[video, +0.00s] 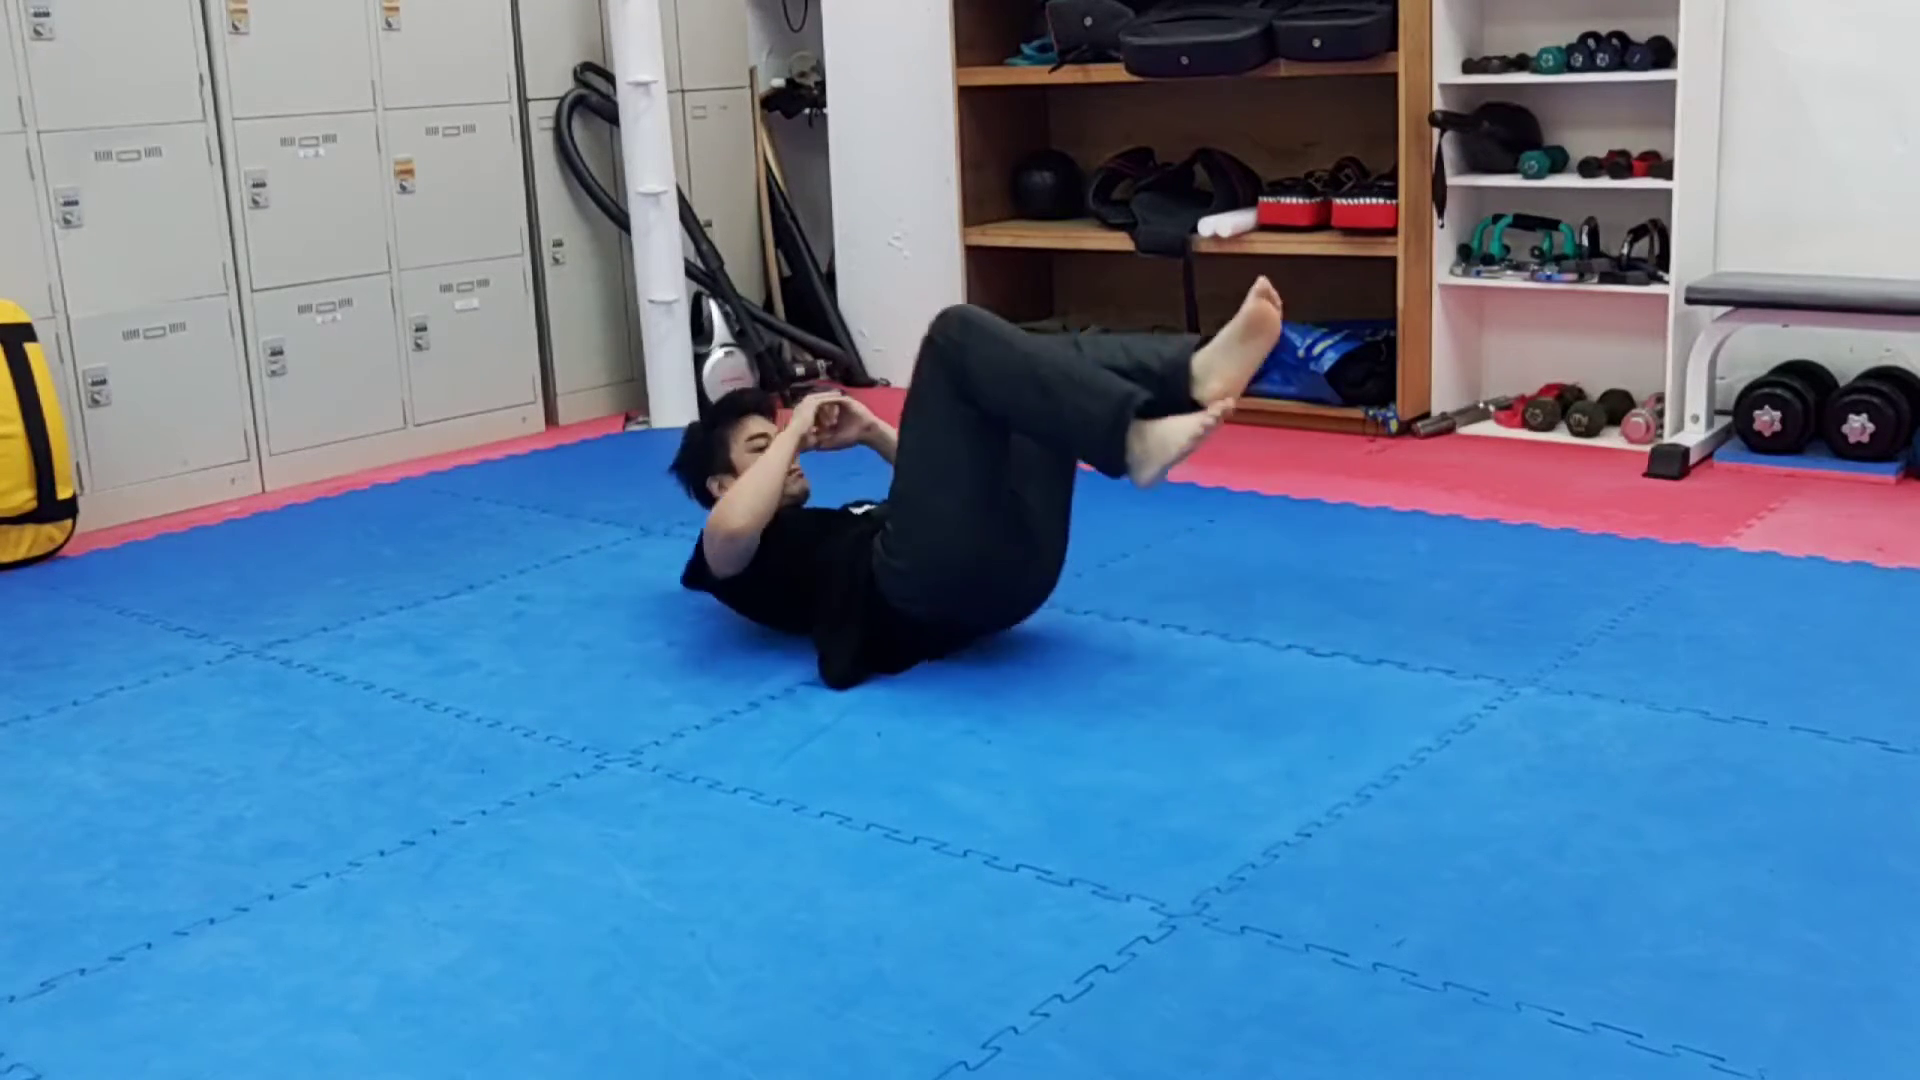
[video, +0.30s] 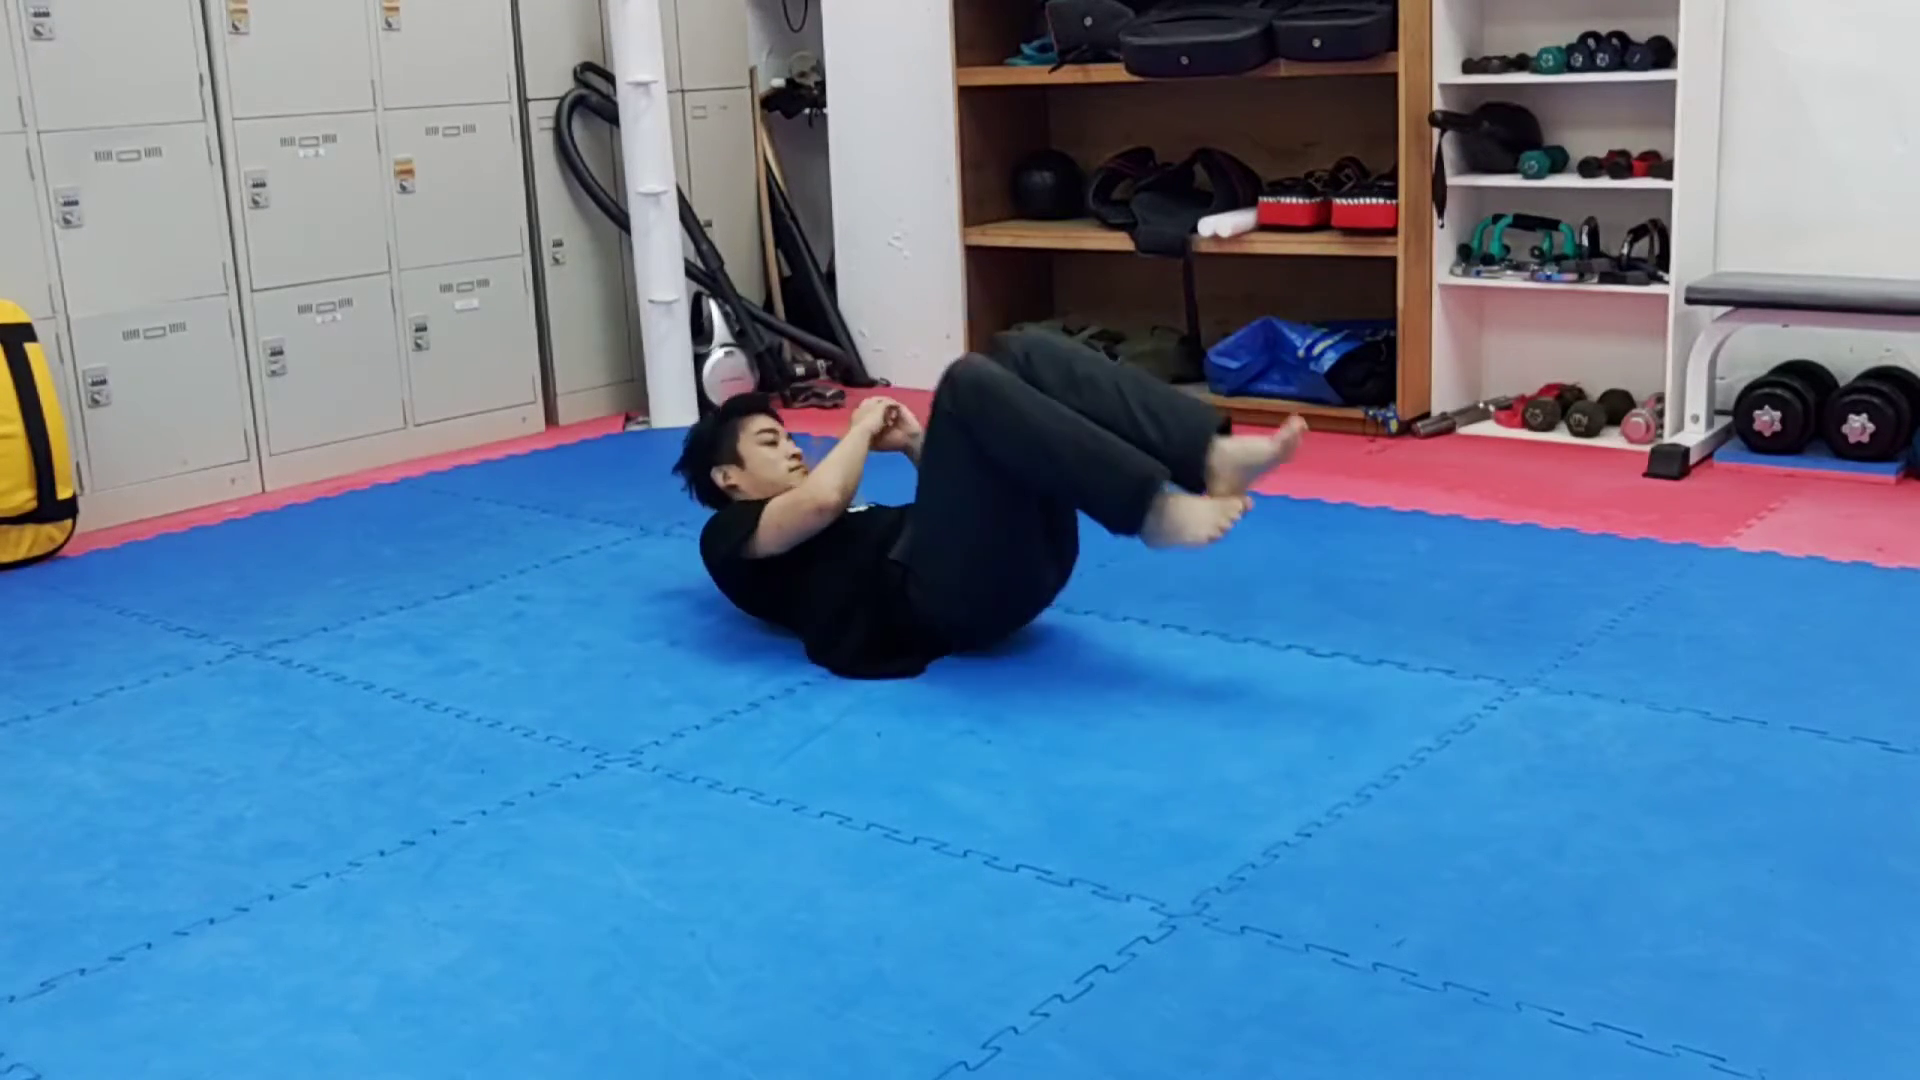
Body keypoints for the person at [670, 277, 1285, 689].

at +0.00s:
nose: (785, 456)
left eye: (788, 440)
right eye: (758, 448)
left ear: (800, 451)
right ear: (717, 485)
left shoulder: (836, 525)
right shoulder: (727, 557)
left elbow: (940, 486)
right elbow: (734, 523)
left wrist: (876, 436)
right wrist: (791, 438)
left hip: (1006, 572)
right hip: (930, 583)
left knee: (1033, 362)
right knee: (956, 336)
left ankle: (1194, 372)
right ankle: (1127, 441)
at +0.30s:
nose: (795, 453)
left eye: (792, 441)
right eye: (773, 445)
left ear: (793, 449)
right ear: (726, 477)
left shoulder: (819, 511)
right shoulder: (725, 538)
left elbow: (955, 486)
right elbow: (819, 505)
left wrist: (910, 448)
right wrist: (860, 431)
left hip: (1006, 569)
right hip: (947, 598)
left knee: (1025, 349)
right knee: (969, 386)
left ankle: (1207, 455)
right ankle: (1152, 509)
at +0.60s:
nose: (855, 383)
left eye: (853, 365)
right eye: (829, 373)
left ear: (860, 369)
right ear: (777, 400)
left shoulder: (911, 444)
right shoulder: (775, 487)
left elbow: (1032, 475)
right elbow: (830, 534)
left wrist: (968, 407)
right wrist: (890, 420)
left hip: (1052, 585)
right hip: (982, 616)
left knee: (1178, 433)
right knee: (1099, 431)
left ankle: (1323, 585)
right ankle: (1238, 612)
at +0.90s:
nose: (814, 411)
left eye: (807, 391)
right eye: (790, 420)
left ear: (820, 374)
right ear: (768, 448)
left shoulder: (904, 412)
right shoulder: (805, 524)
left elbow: (1002, 398)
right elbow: (842, 610)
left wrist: (892, 410)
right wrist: (831, 475)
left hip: (1077, 564)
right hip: (1000, 607)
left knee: (1217, 434)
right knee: (1115, 444)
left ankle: (1348, 589)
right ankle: (1247, 625)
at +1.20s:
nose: (770, 456)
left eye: (766, 436)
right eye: (742, 465)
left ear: (780, 428)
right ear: (727, 506)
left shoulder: (864, 449)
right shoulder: (769, 581)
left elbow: (959, 420)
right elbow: (810, 604)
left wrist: (838, 409)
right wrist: (780, 481)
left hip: (1039, 537)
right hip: (978, 591)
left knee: (1028, 344)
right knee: (992, 369)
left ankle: (1241, 344)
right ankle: (1176, 469)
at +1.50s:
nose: (819, 435)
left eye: (816, 425)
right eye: (792, 435)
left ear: (827, 436)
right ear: (761, 481)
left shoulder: (885, 485)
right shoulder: (776, 550)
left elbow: (990, 477)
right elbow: (848, 523)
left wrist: (925, 423)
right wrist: (856, 422)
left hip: (1054, 539)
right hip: (1007, 584)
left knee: (1047, 346)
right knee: (997, 403)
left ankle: (1244, 419)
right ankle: (1210, 481)